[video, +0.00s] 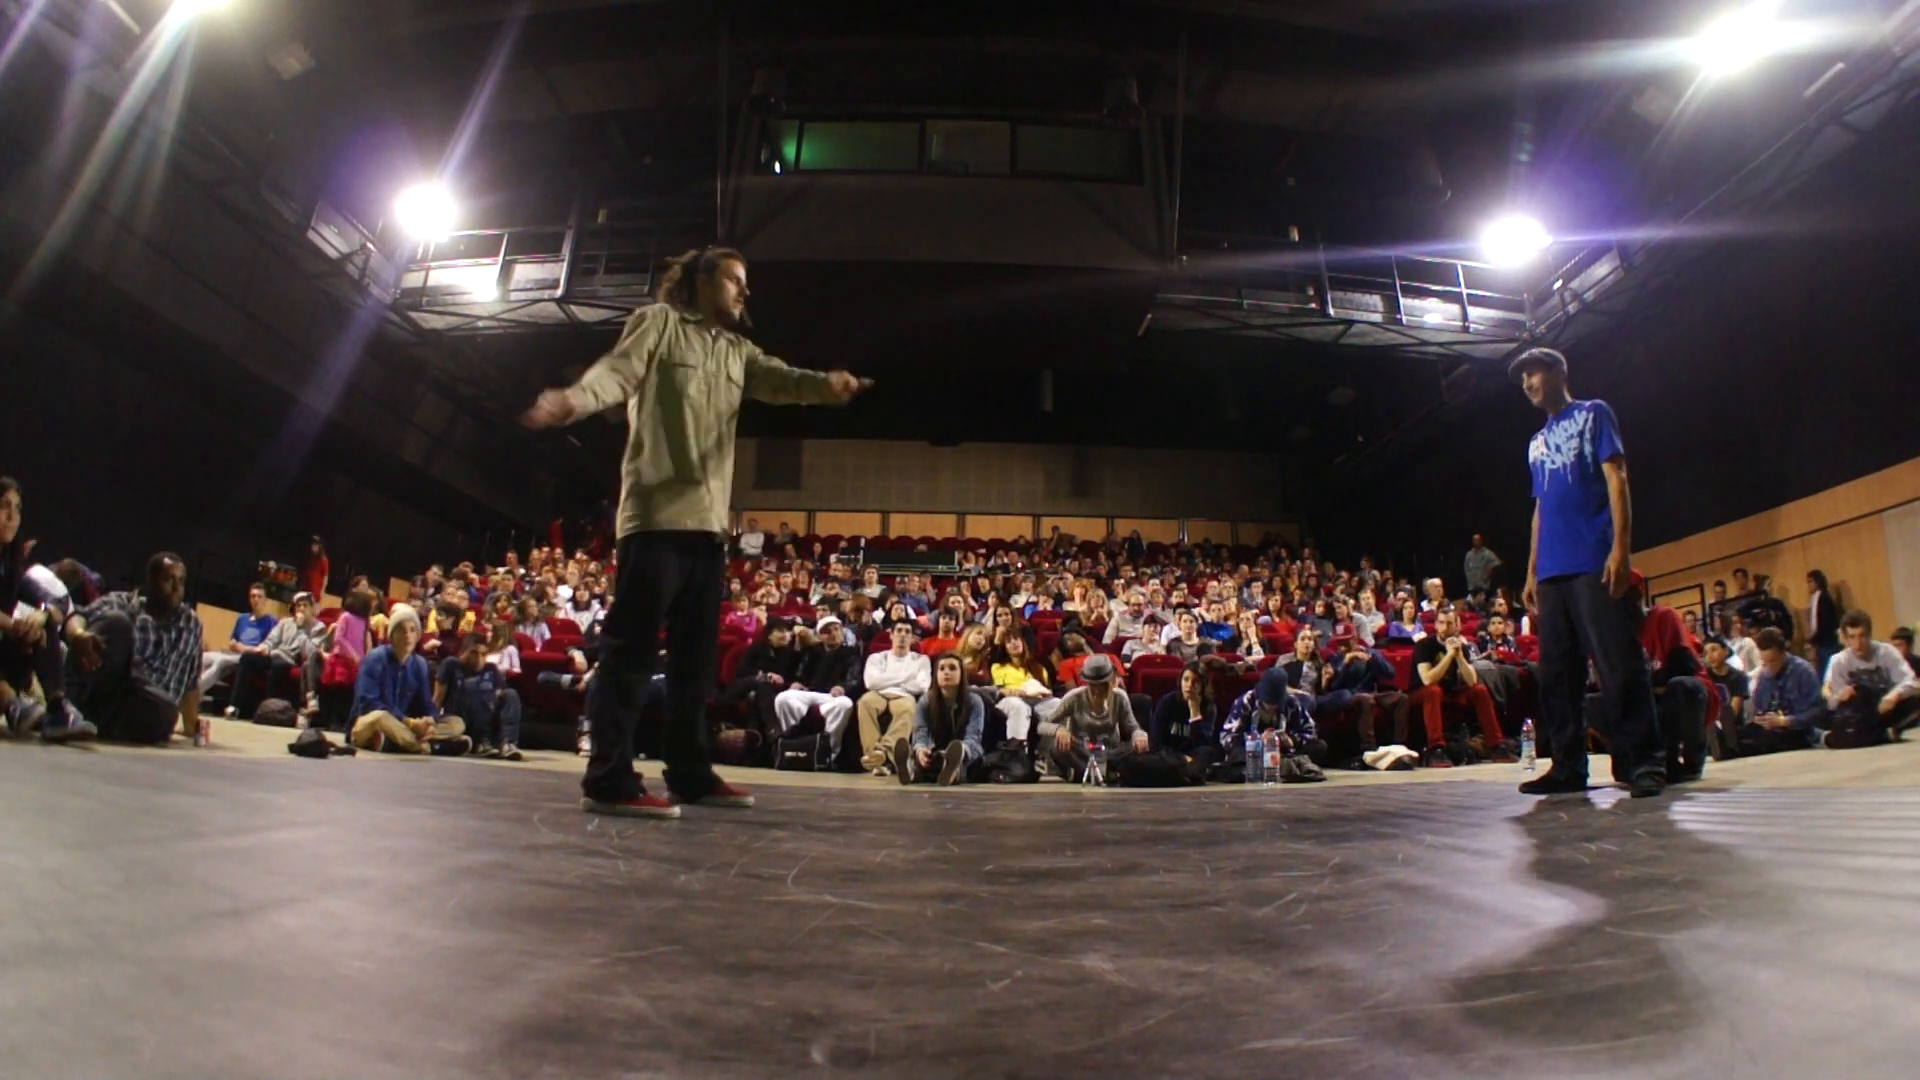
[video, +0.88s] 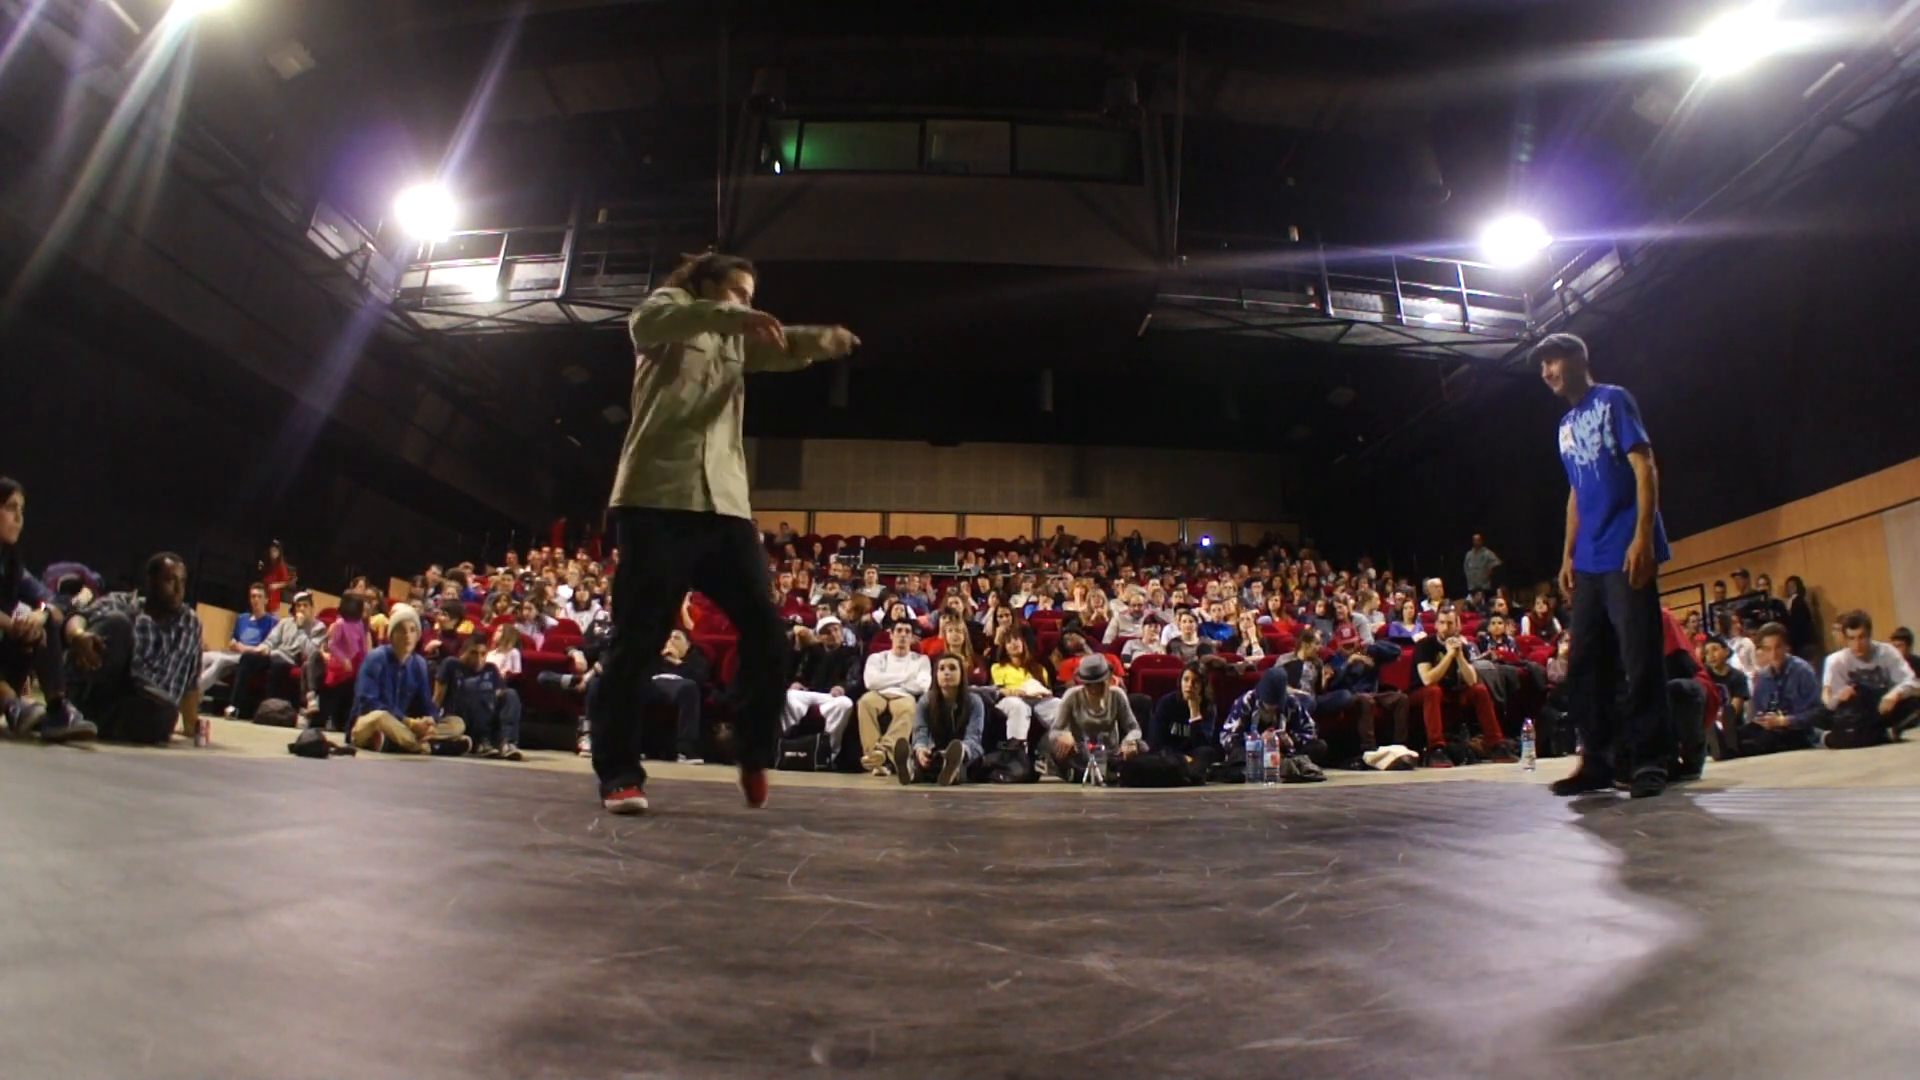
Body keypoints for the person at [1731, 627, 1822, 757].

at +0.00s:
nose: (1767, 666)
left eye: (1772, 661)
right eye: (1764, 661)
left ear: (1783, 654)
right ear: (1761, 657)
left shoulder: (1802, 671)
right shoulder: (1764, 675)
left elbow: (1817, 712)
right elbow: (1757, 709)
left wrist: (1782, 721)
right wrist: (1760, 719)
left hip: (1798, 732)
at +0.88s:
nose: (1774, 654)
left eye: (1778, 647)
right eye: (1768, 649)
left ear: (1786, 647)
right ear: (1763, 652)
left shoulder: (1802, 671)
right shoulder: (1763, 676)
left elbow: (1815, 712)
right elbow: (1757, 710)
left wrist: (1782, 721)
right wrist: (1762, 719)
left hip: (1798, 731)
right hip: (1768, 730)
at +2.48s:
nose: (1769, 662)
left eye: (1773, 656)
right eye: (1764, 658)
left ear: (1784, 651)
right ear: (1760, 657)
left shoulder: (1801, 671)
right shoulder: (1762, 676)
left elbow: (1812, 713)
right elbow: (1756, 711)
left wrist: (1784, 721)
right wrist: (1759, 719)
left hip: (1798, 732)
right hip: (1767, 731)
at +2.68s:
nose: (1767, 666)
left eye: (1771, 660)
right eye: (1763, 661)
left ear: (1782, 653)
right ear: (1759, 659)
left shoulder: (1801, 672)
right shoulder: (1762, 676)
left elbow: (1812, 712)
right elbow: (1758, 711)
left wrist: (1784, 721)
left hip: (1798, 731)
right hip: (1769, 729)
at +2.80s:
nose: (1767, 666)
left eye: (1771, 661)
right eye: (1763, 662)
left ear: (1782, 653)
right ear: (1758, 658)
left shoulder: (1801, 672)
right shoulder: (1762, 676)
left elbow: (1812, 713)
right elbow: (1758, 711)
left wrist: (1784, 721)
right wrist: (1761, 720)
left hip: (1798, 731)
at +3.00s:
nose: (1767, 667)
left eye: (1771, 661)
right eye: (1763, 662)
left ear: (1783, 653)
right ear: (1758, 658)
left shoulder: (1801, 672)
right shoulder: (1763, 676)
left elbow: (1813, 713)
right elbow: (1758, 711)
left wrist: (1784, 721)